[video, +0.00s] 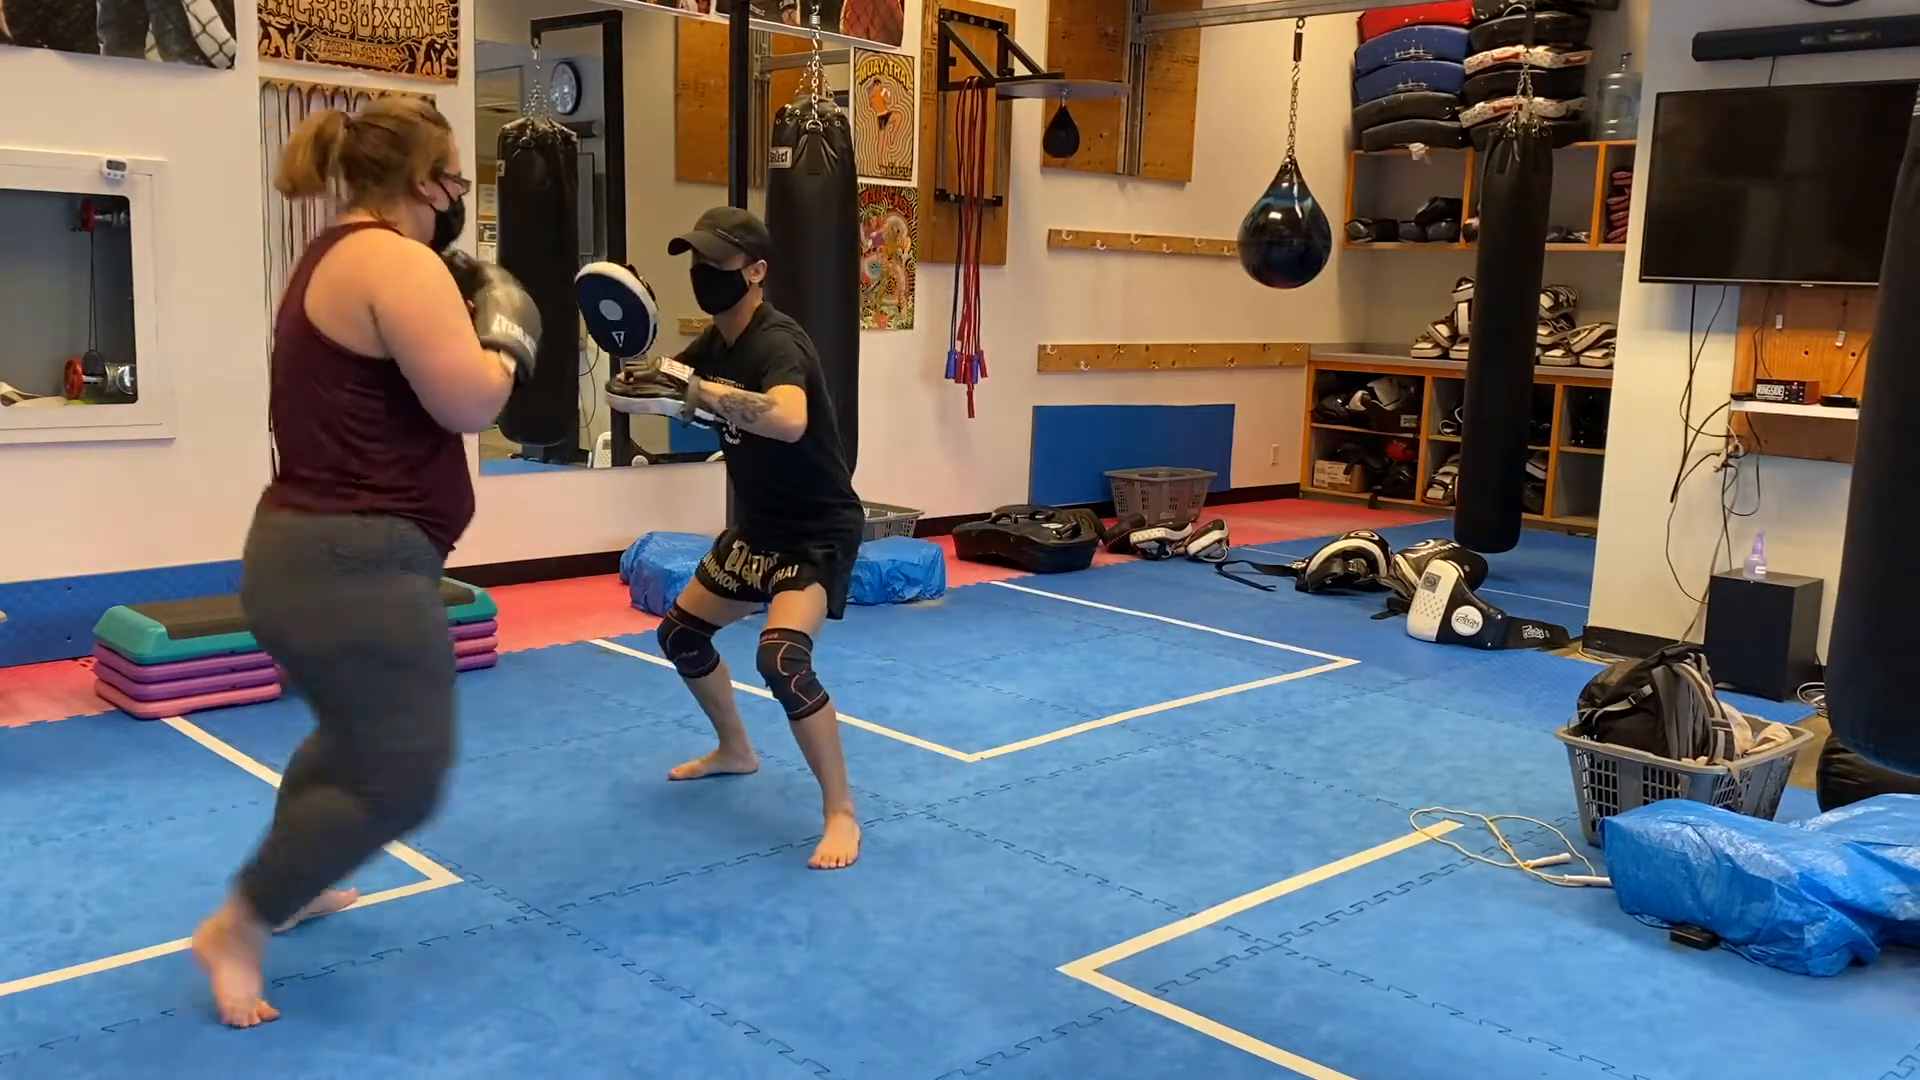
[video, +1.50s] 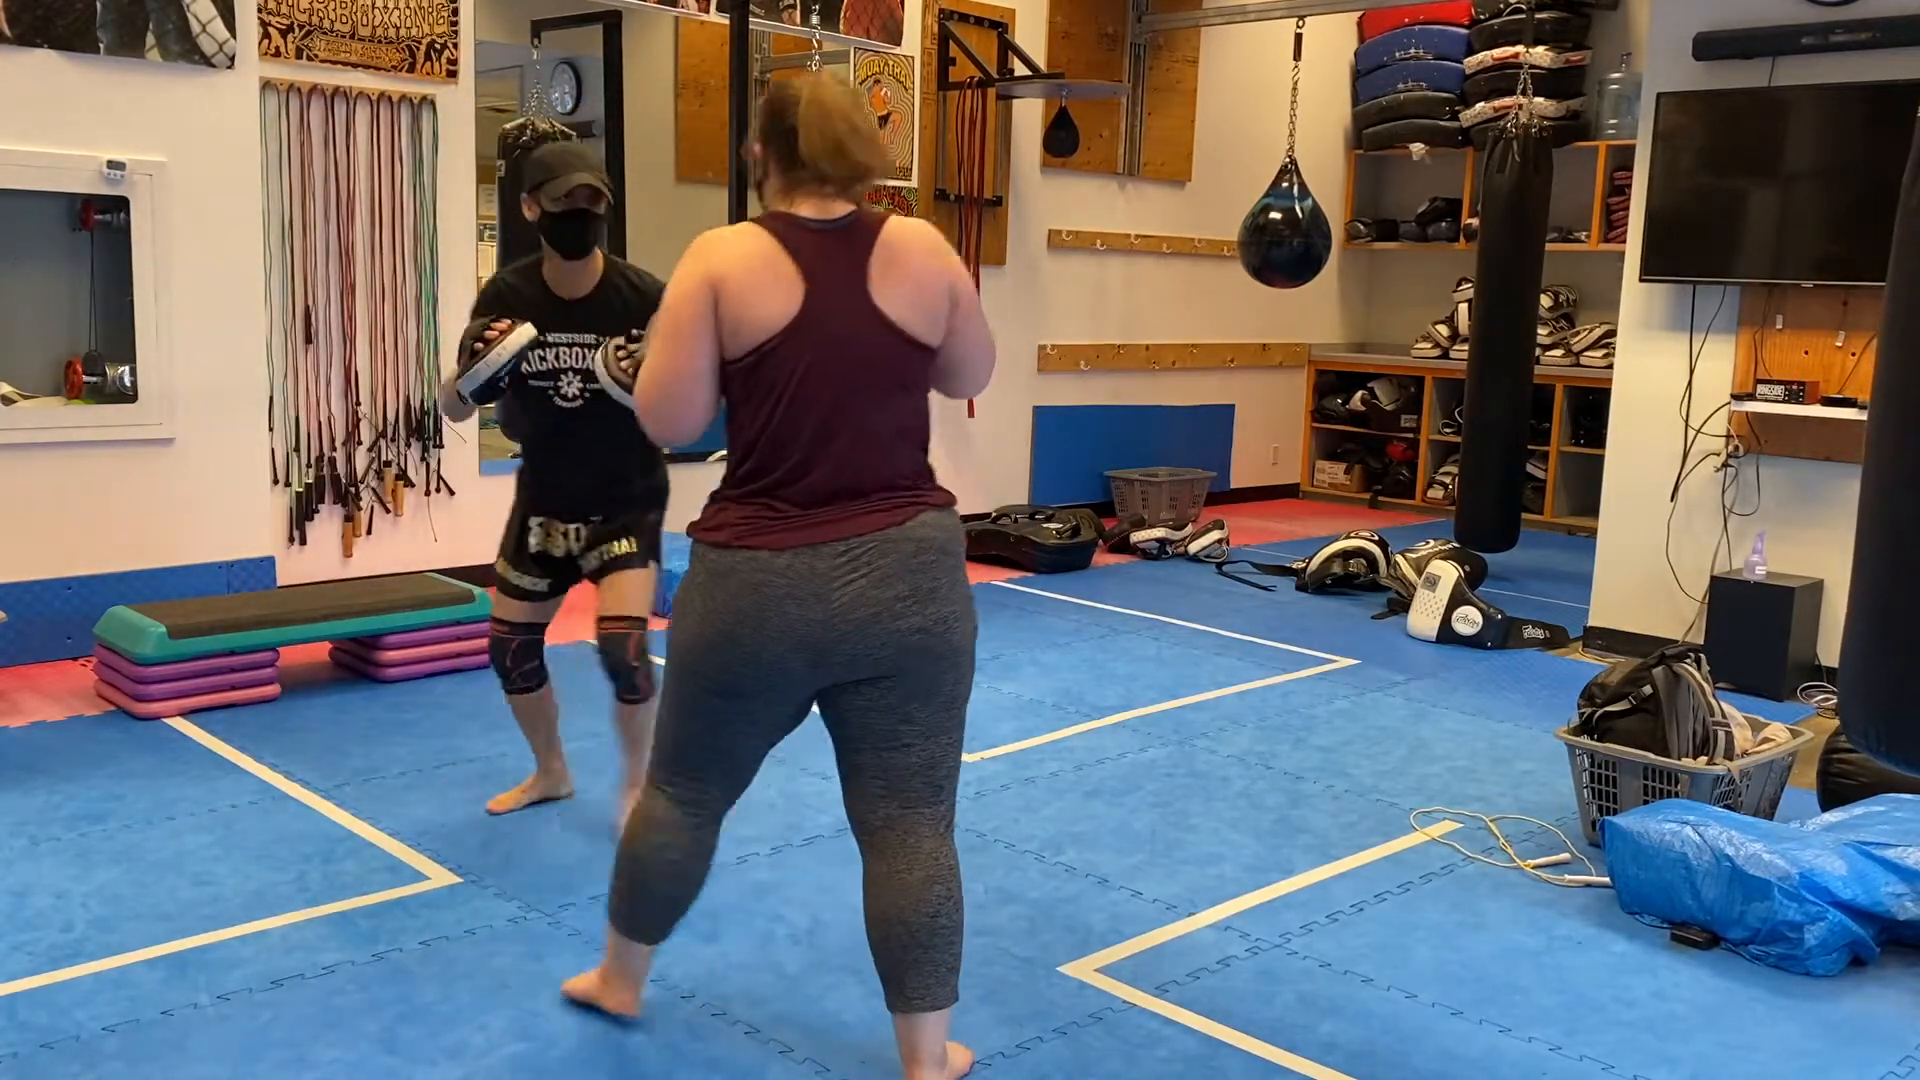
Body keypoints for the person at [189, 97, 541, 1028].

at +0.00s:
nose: (452, 200)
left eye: (453, 184)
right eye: (447, 183)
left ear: (364, 181)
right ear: (415, 182)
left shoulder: (330, 256)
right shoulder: (398, 262)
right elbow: (468, 401)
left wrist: (452, 316)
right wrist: (505, 343)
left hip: (299, 548)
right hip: (362, 561)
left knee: (352, 731)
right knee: (403, 780)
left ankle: (288, 882)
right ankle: (236, 927)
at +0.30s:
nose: (589, 223)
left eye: (585, 208)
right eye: (584, 208)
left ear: (477, 204)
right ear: (563, 208)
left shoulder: (427, 292)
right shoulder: (568, 286)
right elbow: (663, 401)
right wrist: (687, 337)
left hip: (432, 591)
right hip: (562, 588)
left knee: (407, 747)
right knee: (668, 807)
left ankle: (328, 905)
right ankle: (693, 1045)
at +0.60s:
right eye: (669, 177)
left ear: (566, 173)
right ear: (663, 176)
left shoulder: (500, 264)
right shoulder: (702, 260)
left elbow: (451, 405)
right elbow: (834, 352)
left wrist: (548, 369)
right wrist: (770, 339)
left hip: (544, 575)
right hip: (699, 569)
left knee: (499, 759)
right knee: (708, 819)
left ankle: (456, 958)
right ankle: (696, 1054)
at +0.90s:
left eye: (579, 139)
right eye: (649, 139)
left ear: (568, 151)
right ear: (658, 152)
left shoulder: (506, 243)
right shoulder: (704, 245)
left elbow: (457, 388)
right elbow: (782, 352)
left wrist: (535, 332)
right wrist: (688, 307)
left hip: (544, 561)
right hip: (698, 557)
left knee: (530, 778)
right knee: (729, 781)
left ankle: (512, 987)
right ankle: (709, 1016)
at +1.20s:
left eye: (617, 165)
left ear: (626, 168)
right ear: (726, 172)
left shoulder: (568, 258)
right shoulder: (781, 269)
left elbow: (516, 402)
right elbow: (844, 415)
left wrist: (606, 398)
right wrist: (772, 420)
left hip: (621, 592)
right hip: (778, 579)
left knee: (573, 786)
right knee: (852, 783)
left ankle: (518, 982)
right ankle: (925, 1005)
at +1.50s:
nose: (744, 161)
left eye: (749, 148)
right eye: (754, 147)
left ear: (763, 155)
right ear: (861, 148)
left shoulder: (718, 259)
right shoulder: (923, 250)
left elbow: (669, 423)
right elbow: (969, 376)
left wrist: (748, 374)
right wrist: (878, 325)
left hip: (756, 582)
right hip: (908, 576)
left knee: (684, 790)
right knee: (908, 816)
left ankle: (621, 980)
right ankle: (929, 1056)